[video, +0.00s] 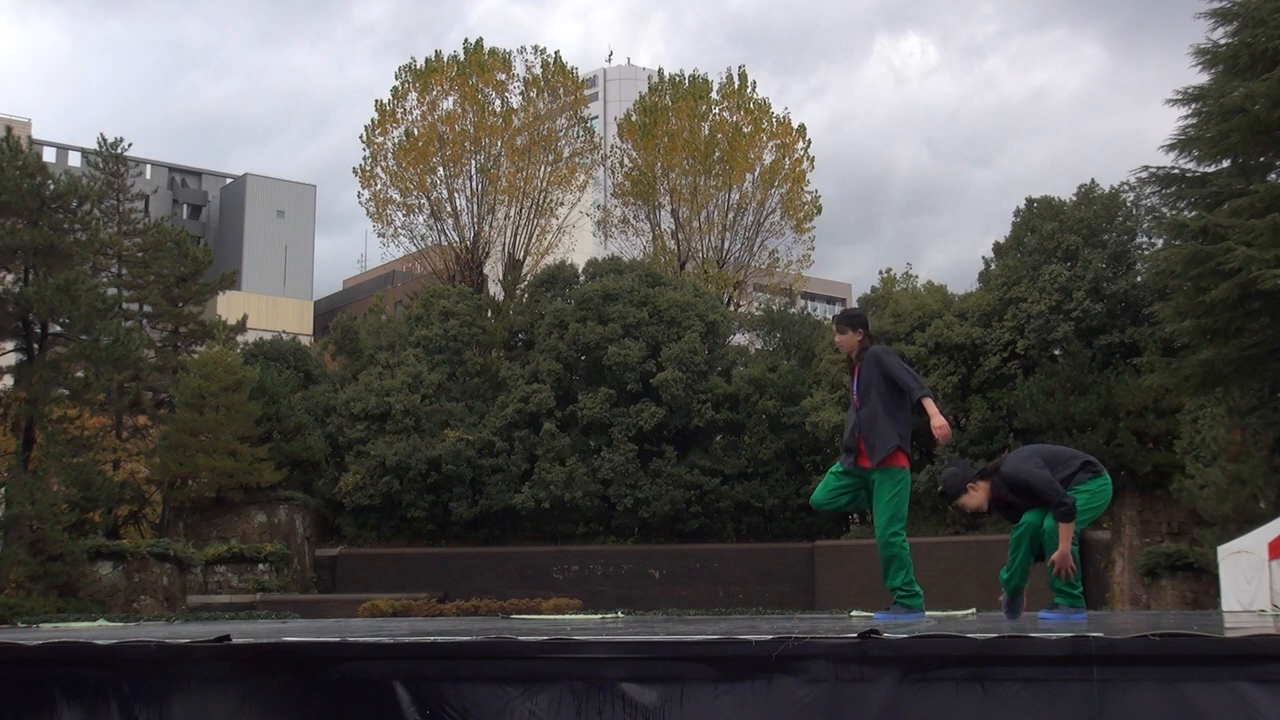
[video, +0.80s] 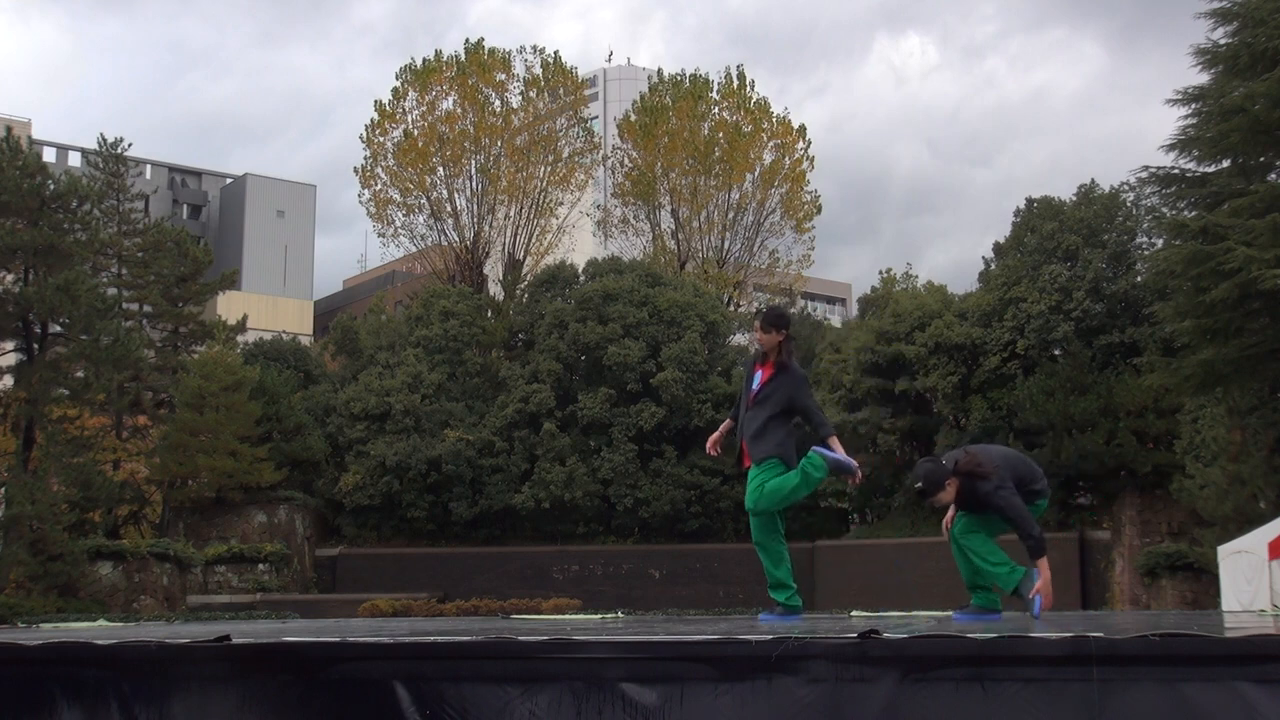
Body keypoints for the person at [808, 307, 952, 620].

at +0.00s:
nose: (837, 340)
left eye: (841, 333)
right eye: (835, 334)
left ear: (860, 333)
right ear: (851, 336)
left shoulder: (879, 355)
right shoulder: (857, 367)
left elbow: (914, 384)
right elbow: (865, 412)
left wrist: (935, 415)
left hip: (889, 458)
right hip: (856, 458)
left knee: (888, 532)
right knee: (822, 500)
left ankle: (909, 602)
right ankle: (877, 492)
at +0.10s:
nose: (824, 341)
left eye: (829, 334)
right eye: (823, 335)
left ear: (848, 334)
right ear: (836, 337)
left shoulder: (868, 356)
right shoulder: (846, 369)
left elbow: (906, 386)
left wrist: (930, 416)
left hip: (879, 457)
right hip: (847, 457)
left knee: (880, 532)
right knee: (811, 501)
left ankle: (907, 601)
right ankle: (859, 532)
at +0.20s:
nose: (812, 345)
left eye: (815, 338)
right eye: (810, 339)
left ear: (834, 337)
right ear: (823, 339)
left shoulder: (856, 360)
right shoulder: (833, 372)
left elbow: (892, 391)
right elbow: (845, 414)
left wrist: (920, 423)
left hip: (868, 460)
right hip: (835, 462)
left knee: (873, 531)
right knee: (805, 514)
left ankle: (907, 600)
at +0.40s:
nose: (781, 340)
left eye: (788, 335)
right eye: (781, 334)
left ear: (805, 340)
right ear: (786, 339)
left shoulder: (823, 370)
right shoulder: (790, 378)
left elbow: (855, 405)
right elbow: (797, 430)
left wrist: (884, 437)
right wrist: (784, 462)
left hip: (836, 465)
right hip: (805, 468)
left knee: (843, 528)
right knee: (793, 532)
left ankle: (894, 584)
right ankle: (789, 604)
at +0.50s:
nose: (774, 335)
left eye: (781, 330)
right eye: (773, 329)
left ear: (798, 334)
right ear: (775, 333)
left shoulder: (815, 368)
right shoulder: (777, 373)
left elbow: (847, 406)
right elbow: (773, 421)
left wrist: (876, 440)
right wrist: (761, 452)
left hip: (816, 459)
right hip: (787, 463)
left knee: (811, 511)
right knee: (786, 531)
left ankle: (883, 537)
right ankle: (789, 604)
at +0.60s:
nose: (770, 333)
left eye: (776, 329)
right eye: (769, 327)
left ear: (793, 333)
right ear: (771, 331)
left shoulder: (807, 372)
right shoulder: (766, 368)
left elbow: (838, 410)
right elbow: (757, 410)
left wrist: (870, 445)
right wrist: (743, 443)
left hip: (801, 458)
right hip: (777, 461)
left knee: (787, 501)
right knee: (778, 531)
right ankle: (789, 604)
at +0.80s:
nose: (758, 336)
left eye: (764, 332)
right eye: (757, 331)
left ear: (781, 335)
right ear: (757, 333)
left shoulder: (793, 375)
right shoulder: (755, 367)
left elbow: (816, 417)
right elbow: (743, 407)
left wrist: (841, 457)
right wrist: (722, 431)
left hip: (776, 455)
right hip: (755, 460)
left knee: (756, 500)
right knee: (765, 535)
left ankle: (820, 464)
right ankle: (788, 604)